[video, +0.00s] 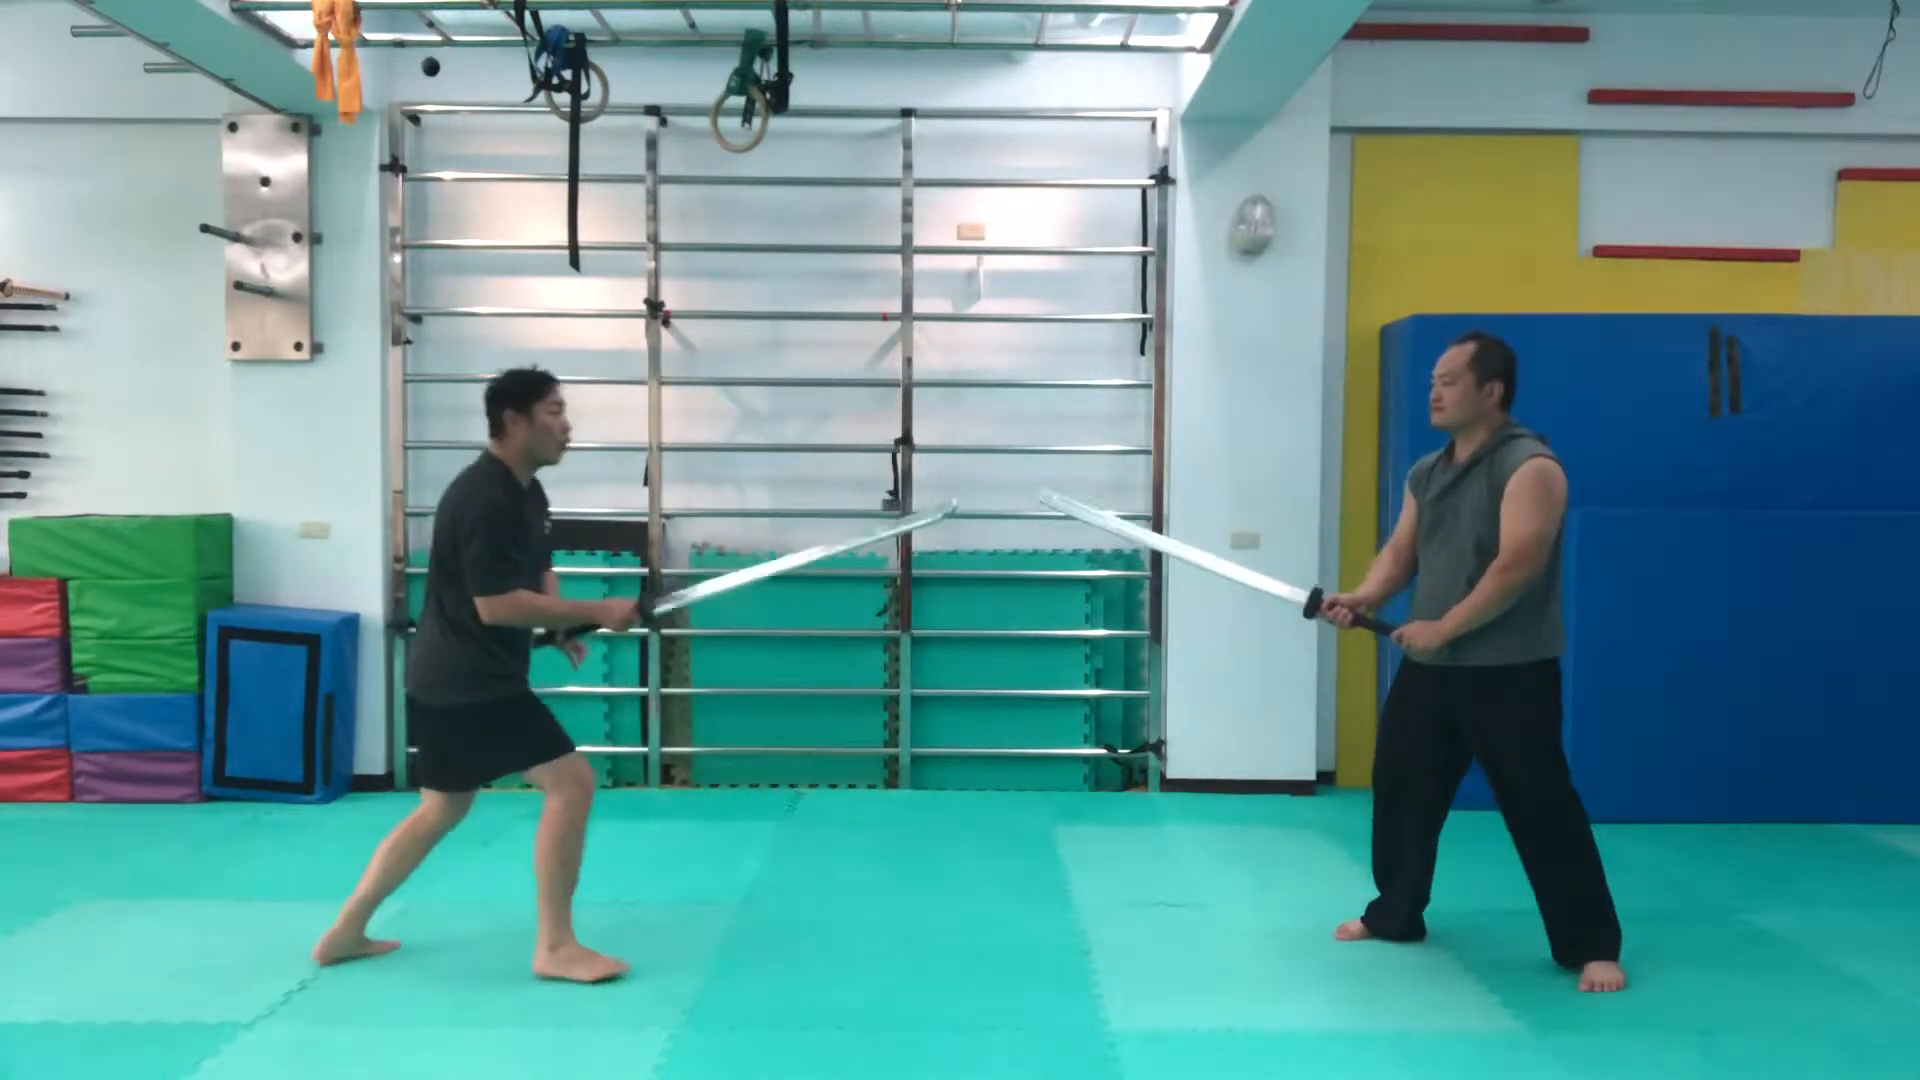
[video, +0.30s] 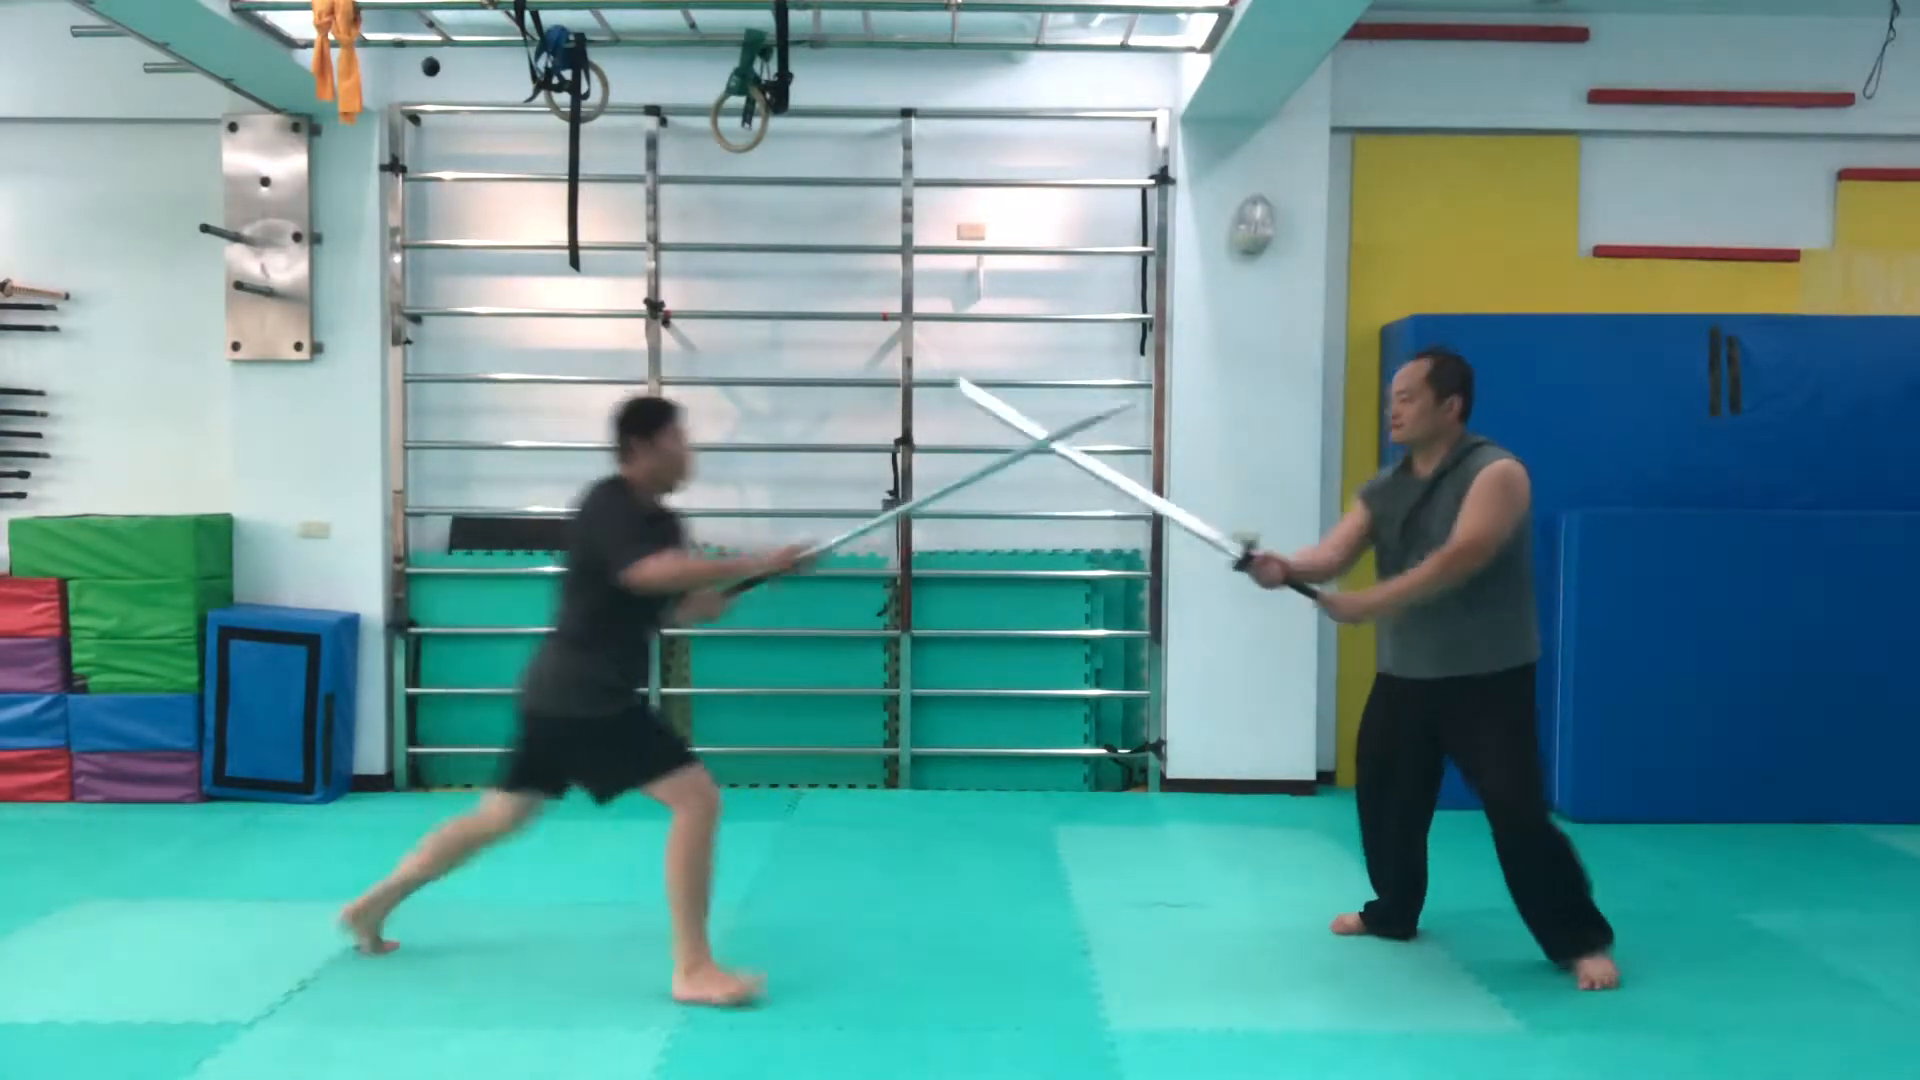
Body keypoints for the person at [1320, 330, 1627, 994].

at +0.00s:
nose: (1434, 393)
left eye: (1447, 383)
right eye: (1434, 382)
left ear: (1491, 392)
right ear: (1448, 392)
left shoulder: (1532, 469)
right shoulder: (1428, 474)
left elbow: (1518, 566)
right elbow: (1399, 553)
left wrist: (1442, 627)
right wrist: (1363, 597)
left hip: (1511, 675)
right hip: (1430, 671)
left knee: (1543, 808)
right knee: (1403, 789)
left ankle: (1594, 950)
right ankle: (1396, 916)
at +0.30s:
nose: (1393, 410)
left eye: (1406, 399)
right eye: (1391, 400)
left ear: (1451, 406)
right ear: (1393, 409)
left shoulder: (1498, 474)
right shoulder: (1384, 490)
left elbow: (1463, 558)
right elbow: (1333, 553)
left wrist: (1368, 602)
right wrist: (1285, 569)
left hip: (1489, 680)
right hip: (1405, 679)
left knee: (1518, 817)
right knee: (1386, 795)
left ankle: (1584, 946)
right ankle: (1392, 914)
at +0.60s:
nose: (1353, 445)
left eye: (1364, 432)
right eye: (1349, 434)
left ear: (1412, 430)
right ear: (1360, 438)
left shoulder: (1472, 484)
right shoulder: (1358, 495)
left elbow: (1413, 554)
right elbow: (1294, 545)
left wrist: (1306, 583)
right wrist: (1239, 588)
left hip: (1472, 696)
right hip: (1388, 696)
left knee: (1469, 840)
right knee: (1379, 810)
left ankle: (1508, 1017)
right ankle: (1390, 915)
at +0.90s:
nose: (1296, 471)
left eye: (1300, 455)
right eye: (1293, 458)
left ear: (1330, 439)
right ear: (1322, 445)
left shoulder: (1402, 461)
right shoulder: (1352, 506)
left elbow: (1283, 442)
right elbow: (1314, 561)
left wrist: (1226, 449)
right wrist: (1247, 509)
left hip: (1459, 691)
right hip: (1391, 687)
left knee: (1461, 865)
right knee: (1278, 686)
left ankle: (1526, 1041)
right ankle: (1356, 823)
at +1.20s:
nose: (1204, 450)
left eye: (1210, 434)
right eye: (1201, 439)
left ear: (1244, 422)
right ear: (1239, 428)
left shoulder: (1303, 457)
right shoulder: (1241, 499)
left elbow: (1211, 386)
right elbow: (1166, 513)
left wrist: (1135, 355)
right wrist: (1127, 432)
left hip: (1320, 705)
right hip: (1259, 710)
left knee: (1378, 875)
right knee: (1137, 800)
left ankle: (1513, 1027)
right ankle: (1051, 949)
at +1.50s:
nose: (1069, 485)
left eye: (1072, 472)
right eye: (1068, 474)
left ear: (1101, 464)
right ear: (1102, 467)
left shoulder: (1165, 486)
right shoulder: (1104, 523)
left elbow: (1081, 396)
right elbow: (1036, 520)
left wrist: (1010, 346)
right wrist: (1016, 434)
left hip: (1218, 726)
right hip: (1144, 734)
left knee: (1305, 896)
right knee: (1053, 834)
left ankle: (1462, 1036)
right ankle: (1049, 999)